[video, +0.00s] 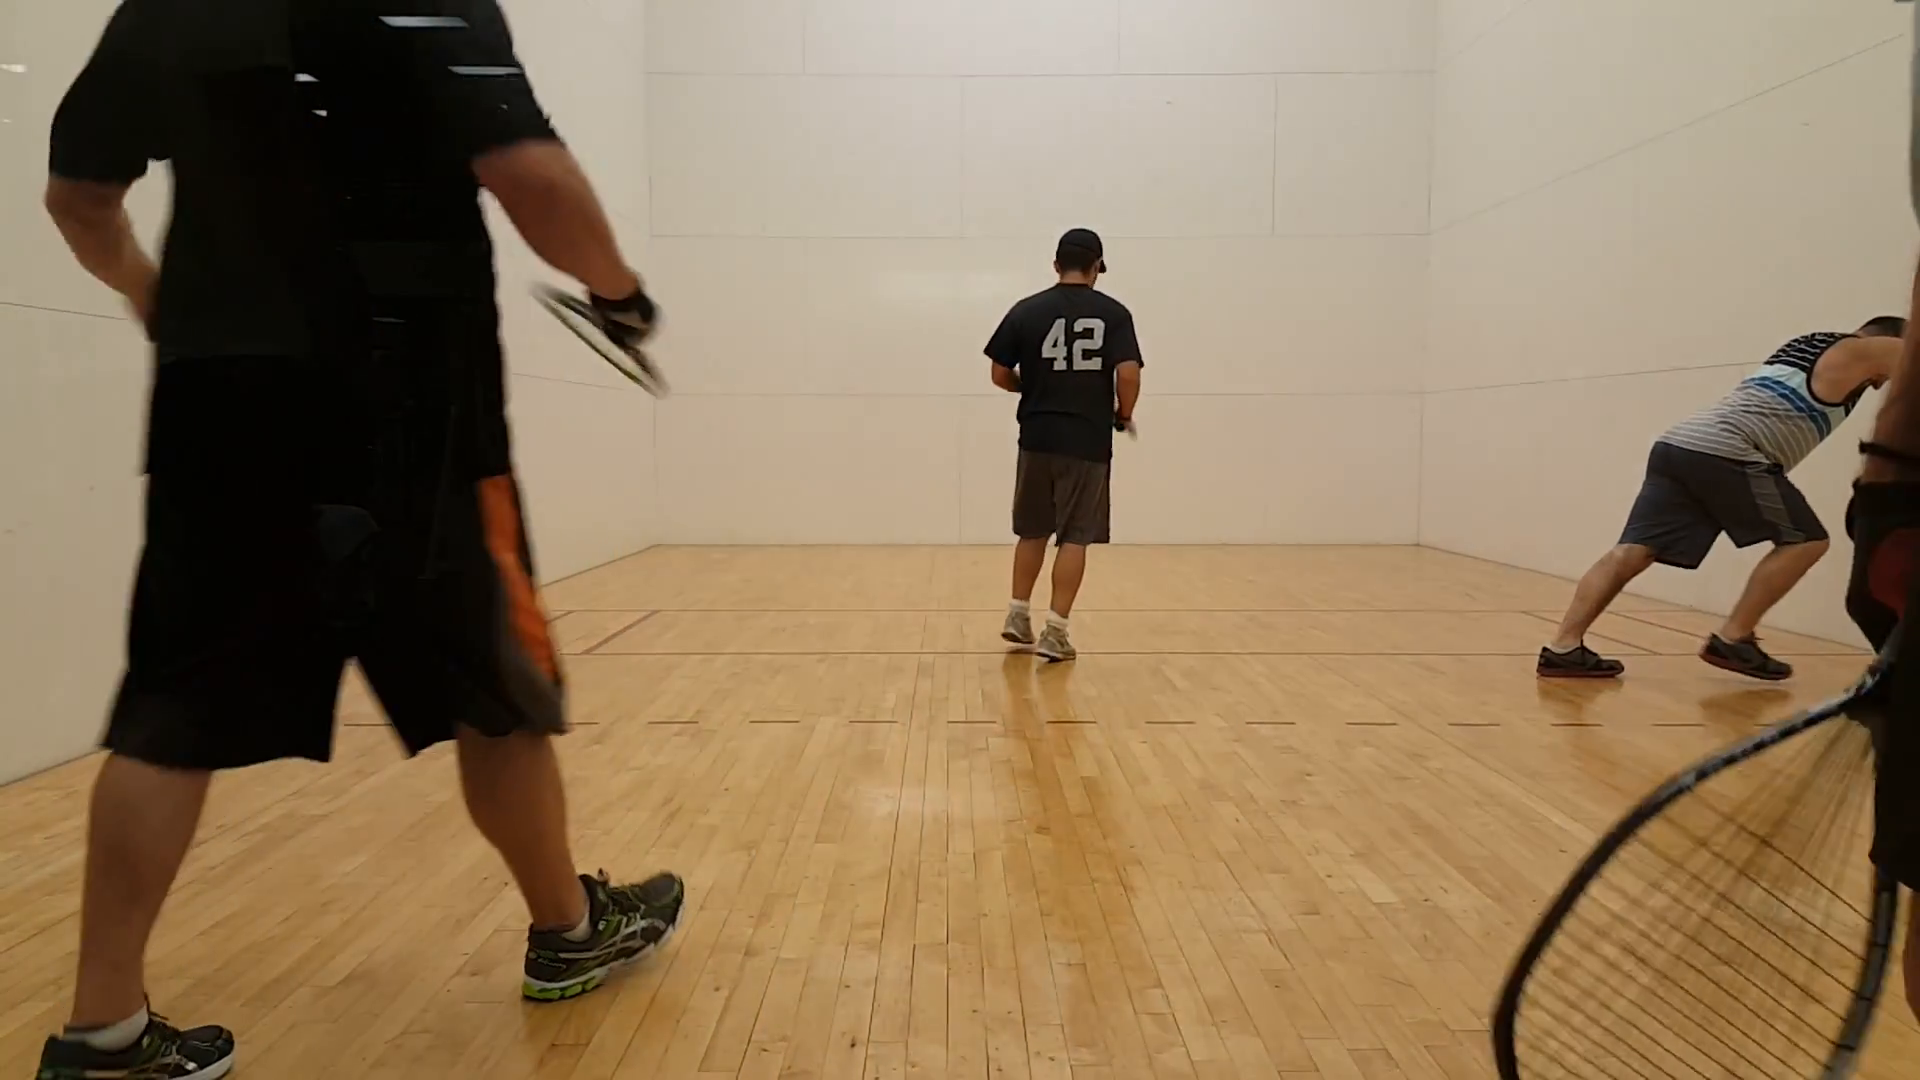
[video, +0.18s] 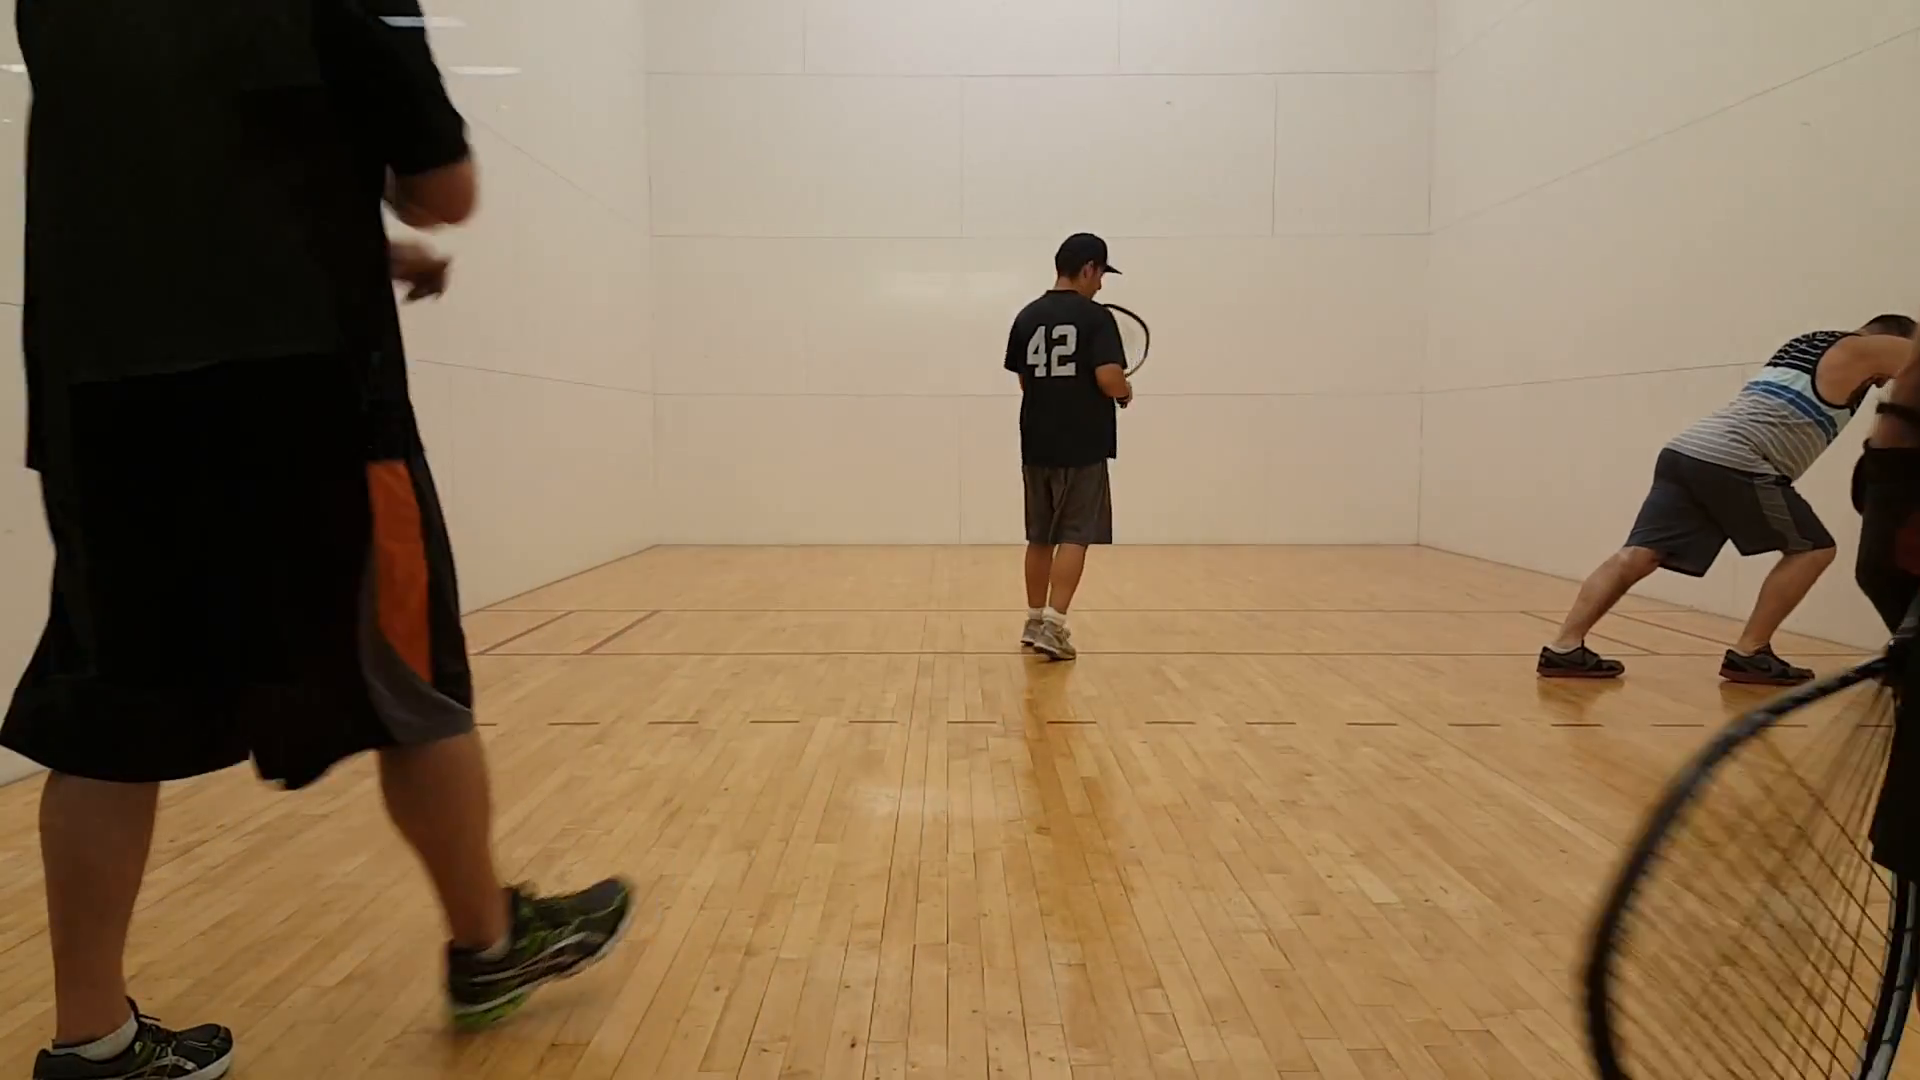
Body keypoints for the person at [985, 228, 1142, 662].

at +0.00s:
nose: (1095, 273)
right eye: (1099, 267)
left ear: (1055, 265)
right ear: (1097, 268)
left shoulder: (1026, 310)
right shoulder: (1114, 313)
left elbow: (1000, 374)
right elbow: (1129, 372)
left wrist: (1033, 385)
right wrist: (1124, 414)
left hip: (1036, 443)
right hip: (1087, 447)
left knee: (1033, 530)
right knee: (1075, 536)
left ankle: (1017, 615)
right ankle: (1055, 629)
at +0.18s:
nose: (1101, 283)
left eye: (1103, 275)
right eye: (1102, 274)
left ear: (1060, 268)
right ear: (1089, 269)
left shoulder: (1028, 315)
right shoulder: (1096, 316)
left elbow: (1026, 382)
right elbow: (1109, 378)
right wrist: (1123, 391)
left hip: (1037, 443)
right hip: (1083, 446)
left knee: (1040, 535)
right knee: (1075, 534)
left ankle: (1035, 622)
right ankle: (1054, 622)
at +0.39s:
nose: (1101, 285)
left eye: (1103, 277)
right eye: (1099, 276)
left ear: (1065, 271)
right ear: (1079, 271)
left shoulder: (1036, 312)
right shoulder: (1077, 314)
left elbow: (1057, 380)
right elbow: (1079, 370)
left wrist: (1115, 387)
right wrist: (1111, 400)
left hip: (1037, 445)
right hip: (1076, 445)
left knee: (1046, 529)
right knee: (1108, 523)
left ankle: (1038, 623)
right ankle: (1063, 598)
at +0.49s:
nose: (1106, 287)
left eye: (1108, 279)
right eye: (1104, 278)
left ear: (1071, 273)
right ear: (1082, 272)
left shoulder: (1043, 313)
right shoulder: (1076, 313)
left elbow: (1064, 377)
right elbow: (1068, 364)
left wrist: (1122, 386)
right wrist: (1107, 399)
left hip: (1044, 445)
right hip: (1081, 444)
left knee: (1049, 527)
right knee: (1118, 520)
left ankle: (1038, 620)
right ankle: (1079, 602)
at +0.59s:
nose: (1114, 288)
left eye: (1116, 280)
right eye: (1111, 279)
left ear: (1083, 275)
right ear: (1089, 272)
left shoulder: (1054, 314)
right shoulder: (1078, 315)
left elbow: (1090, 380)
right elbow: (1068, 368)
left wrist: (1141, 388)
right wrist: (1110, 402)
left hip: (1051, 446)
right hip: (1085, 446)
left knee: (1052, 529)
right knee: (1121, 522)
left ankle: (1039, 619)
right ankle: (1107, 612)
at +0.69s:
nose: (1126, 291)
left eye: (1128, 283)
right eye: (1123, 281)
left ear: (1095, 276)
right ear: (1100, 274)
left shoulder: (1067, 314)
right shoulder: (1087, 317)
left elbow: (1098, 382)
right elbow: (1074, 371)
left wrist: (1150, 387)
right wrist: (1122, 406)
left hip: (1058, 448)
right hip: (1090, 448)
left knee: (1056, 528)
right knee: (1121, 527)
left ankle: (1039, 619)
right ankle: (1136, 618)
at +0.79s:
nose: (1140, 294)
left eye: (1142, 287)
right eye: (1138, 285)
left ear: (1114, 278)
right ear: (1117, 277)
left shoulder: (1082, 315)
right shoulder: (1101, 319)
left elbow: (1099, 381)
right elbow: (1088, 376)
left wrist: (1146, 392)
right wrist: (1134, 413)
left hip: (1071, 450)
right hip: (1101, 451)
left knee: (1063, 530)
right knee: (1128, 533)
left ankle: (1040, 618)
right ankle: (1149, 620)